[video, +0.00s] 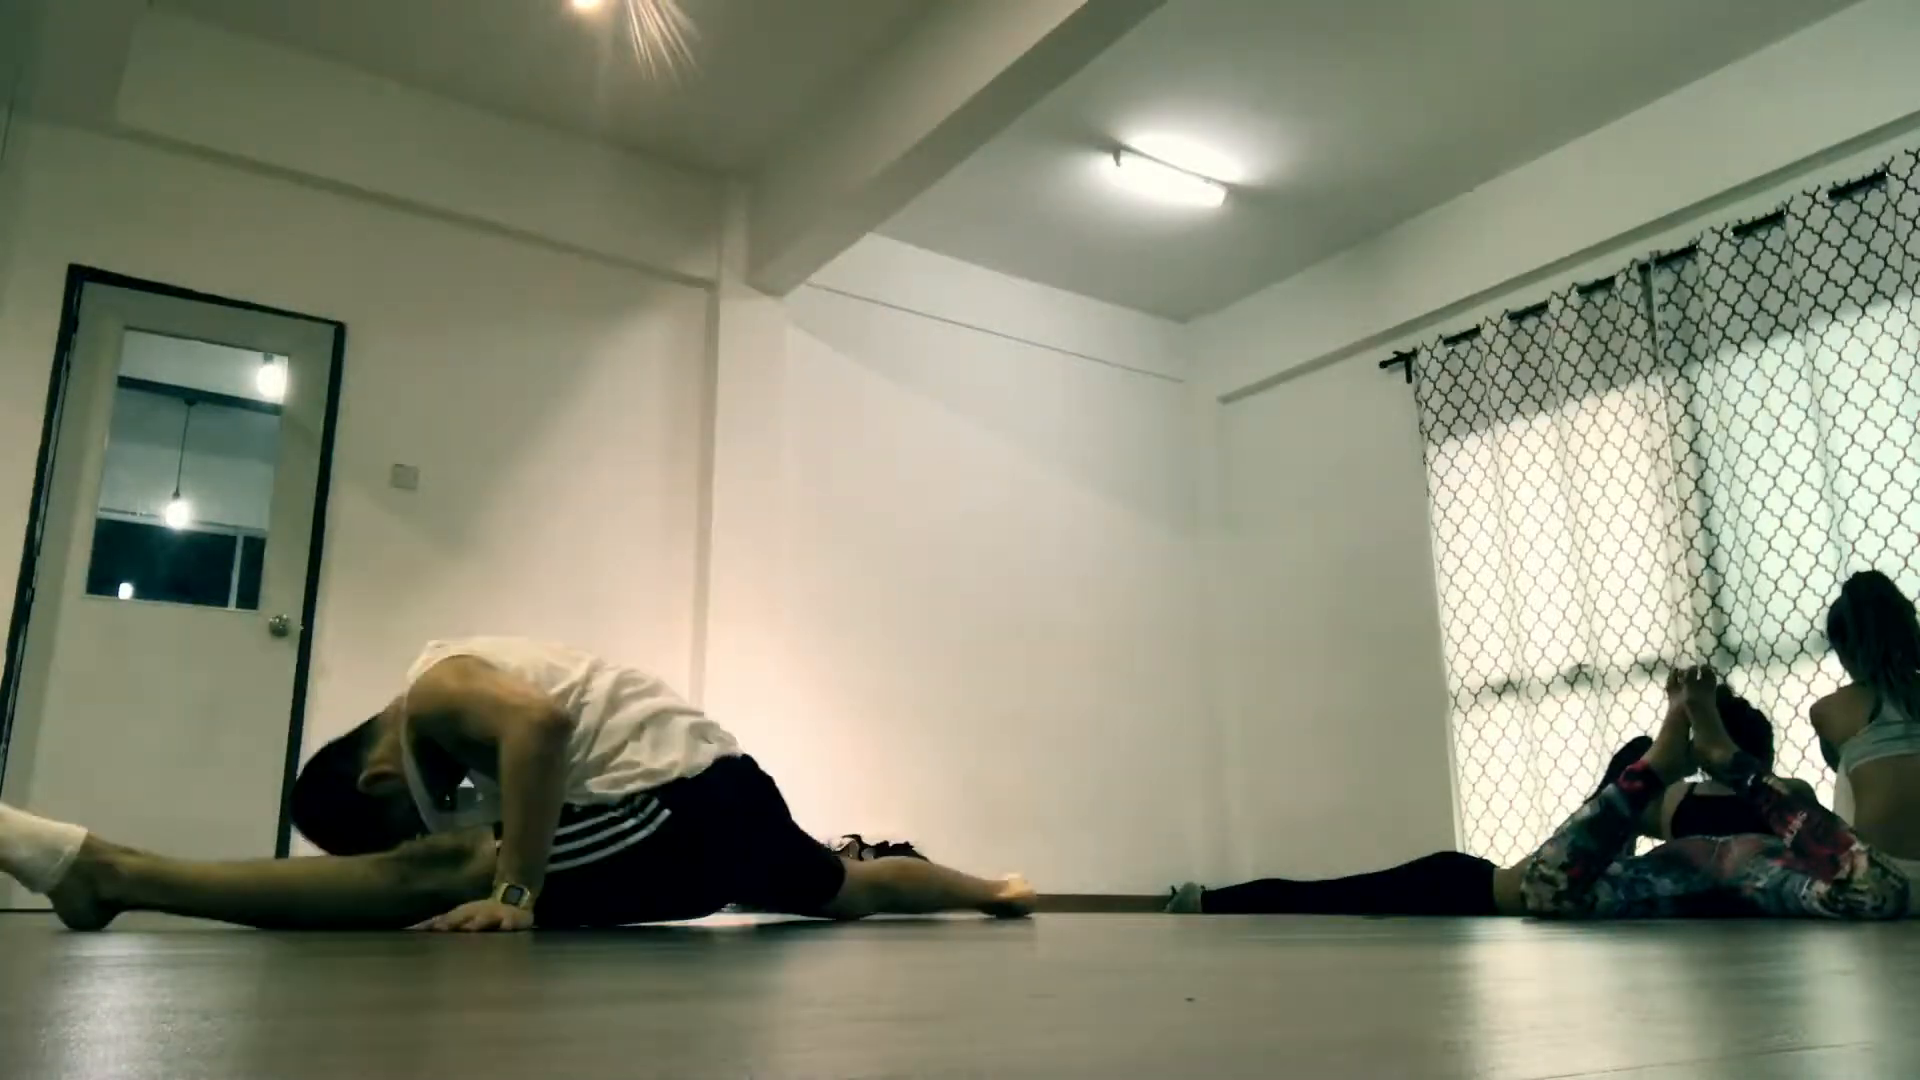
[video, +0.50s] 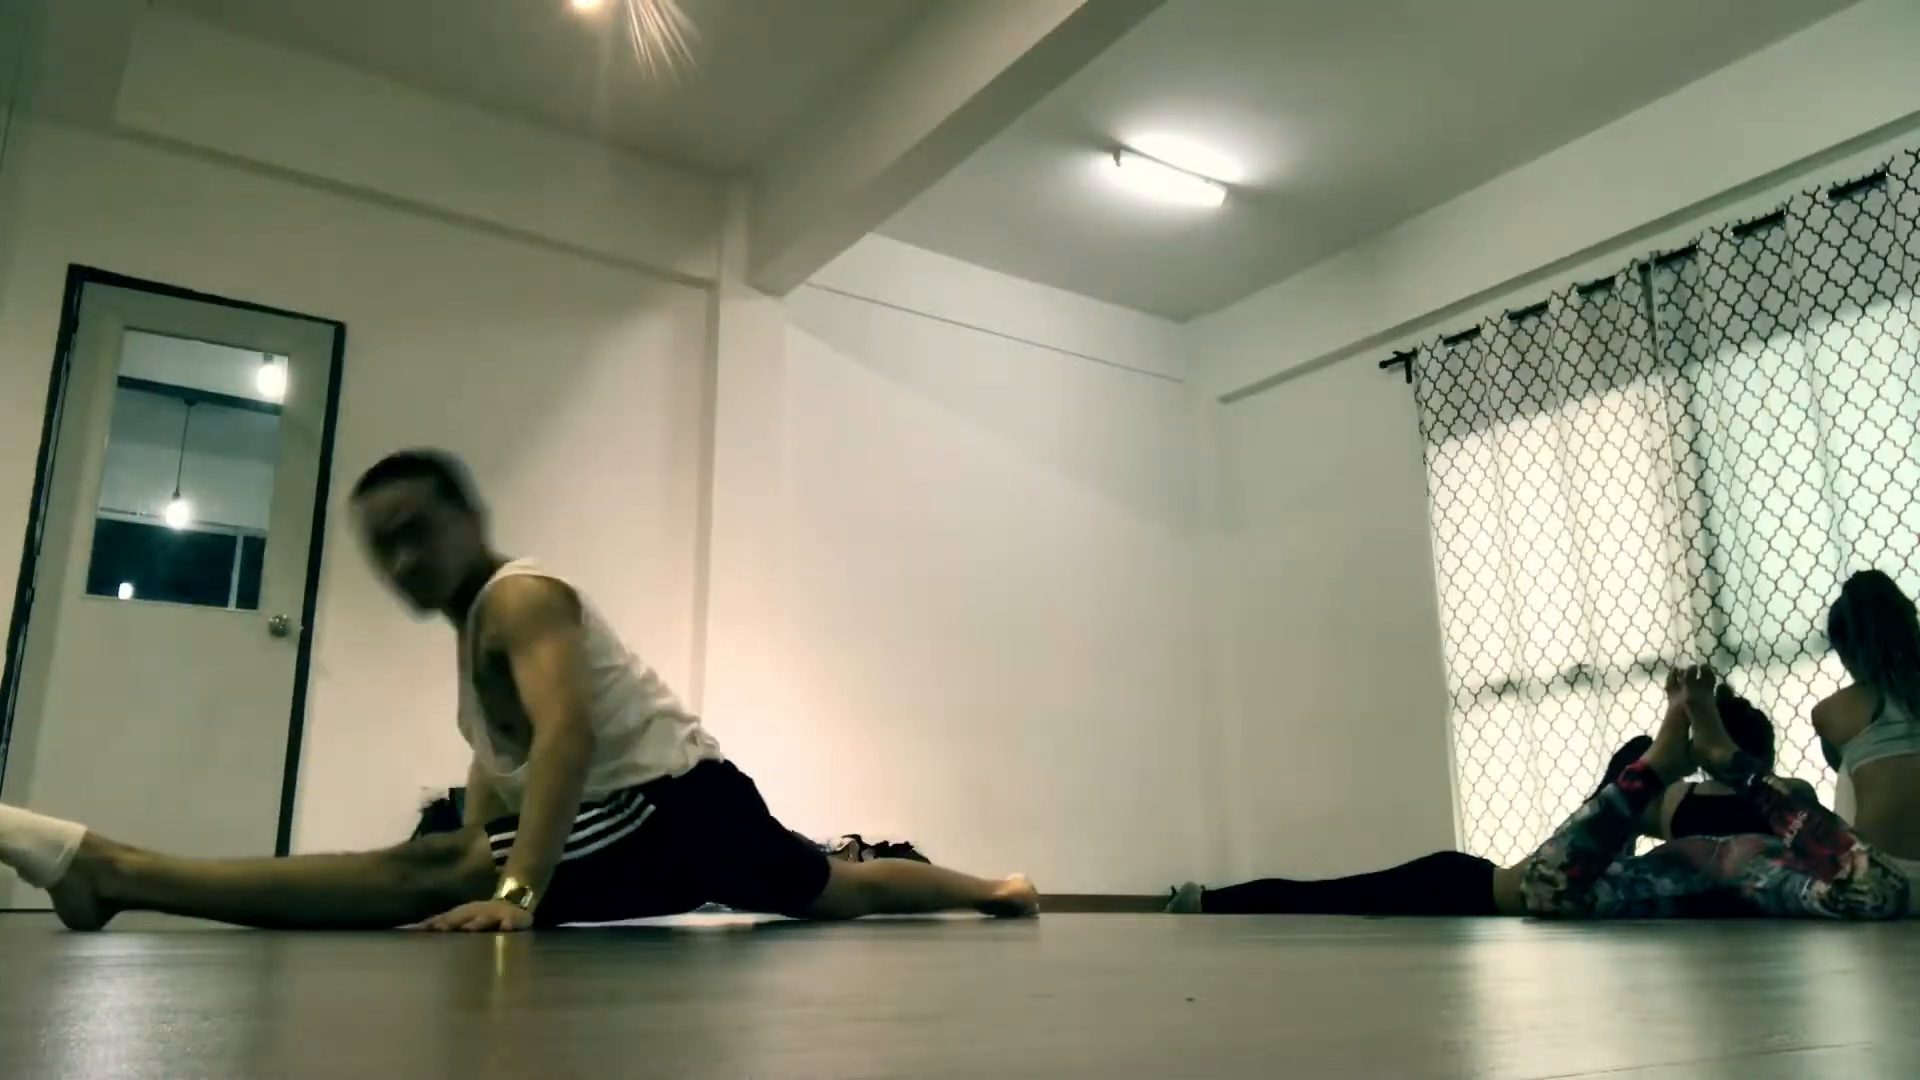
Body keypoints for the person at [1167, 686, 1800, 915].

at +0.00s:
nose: (1694, 735)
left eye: (1708, 727)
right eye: (1704, 725)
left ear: (1724, 741)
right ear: (1726, 740)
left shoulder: (1711, 805)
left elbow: (1643, 802)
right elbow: (1638, 796)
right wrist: (1674, 724)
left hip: (1483, 886)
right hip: (1482, 882)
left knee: (1338, 896)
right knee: (1336, 893)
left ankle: (1212, 900)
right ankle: (1211, 898)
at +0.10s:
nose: (1694, 736)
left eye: (1707, 728)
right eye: (1703, 724)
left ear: (1725, 740)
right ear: (1722, 738)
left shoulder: (1718, 805)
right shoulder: (1685, 789)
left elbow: (1644, 798)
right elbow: (1638, 797)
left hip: (1484, 887)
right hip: (1483, 881)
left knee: (1336, 897)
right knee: (1334, 894)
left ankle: (1211, 901)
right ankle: (1210, 898)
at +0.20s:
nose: (1695, 738)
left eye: (1708, 730)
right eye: (1703, 728)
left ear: (1725, 742)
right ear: (1721, 740)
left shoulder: (1716, 807)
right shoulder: (1676, 788)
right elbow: (1639, 797)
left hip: (1484, 887)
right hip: (1482, 882)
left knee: (1336, 897)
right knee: (1333, 894)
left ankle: (1211, 900)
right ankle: (1209, 899)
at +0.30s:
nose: (1690, 731)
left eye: (1702, 725)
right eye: (1694, 721)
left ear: (1727, 741)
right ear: (1712, 736)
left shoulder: (1726, 803)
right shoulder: (1666, 780)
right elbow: (1640, 800)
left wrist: (1697, 726)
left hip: (1493, 889)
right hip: (1485, 883)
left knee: (1340, 899)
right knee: (1337, 894)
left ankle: (1212, 901)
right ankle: (1208, 900)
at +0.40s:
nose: (1689, 727)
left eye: (1700, 721)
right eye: (1693, 717)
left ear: (1725, 736)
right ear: (1712, 732)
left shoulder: (1723, 799)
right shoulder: (1665, 776)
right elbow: (1642, 803)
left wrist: (1697, 724)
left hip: (1488, 888)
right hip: (1480, 882)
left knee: (1338, 898)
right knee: (1334, 895)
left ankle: (1210, 900)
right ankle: (1207, 899)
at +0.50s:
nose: (1693, 735)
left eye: (1704, 727)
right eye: (1703, 725)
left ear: (1721, 740)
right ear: (1727, 739)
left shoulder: (1712, 803)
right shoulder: (1687, 789)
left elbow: (1645, 799)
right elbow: (1640, 798)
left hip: (1485, 886)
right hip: (1484, 882)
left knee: (1336, 897)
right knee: (1334, 895)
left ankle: (1209, 900)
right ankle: (1208, 899)